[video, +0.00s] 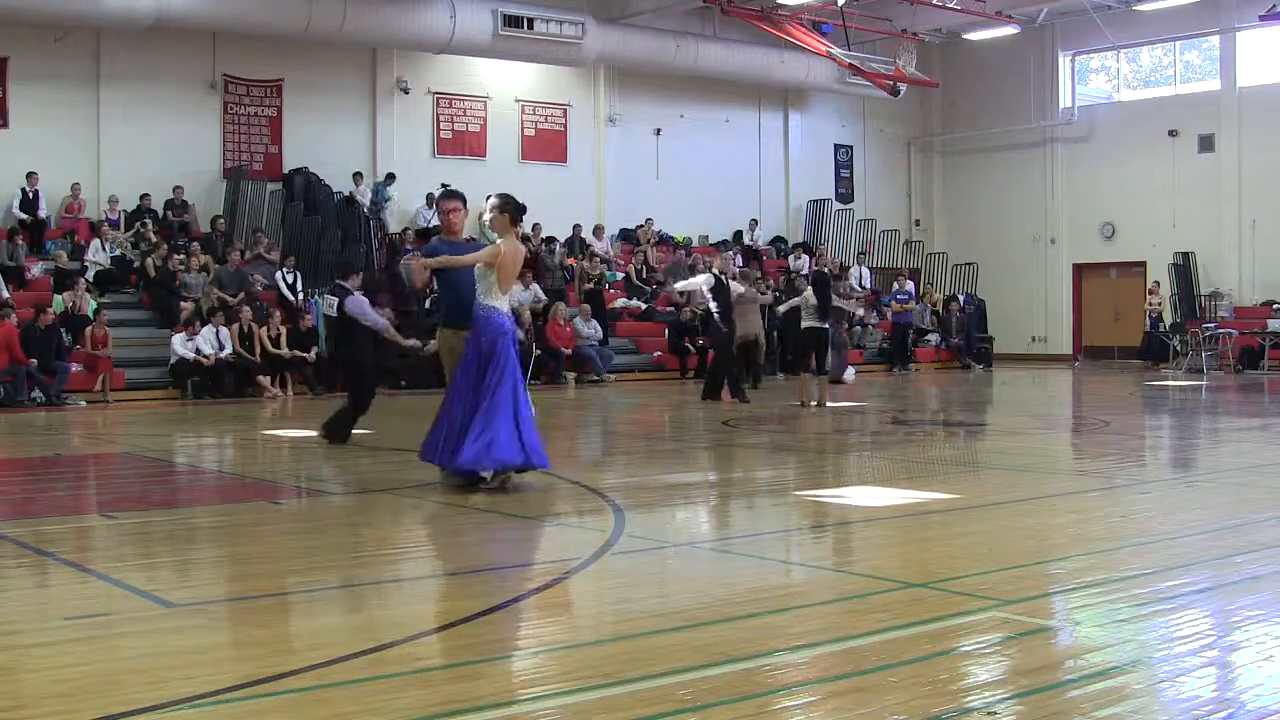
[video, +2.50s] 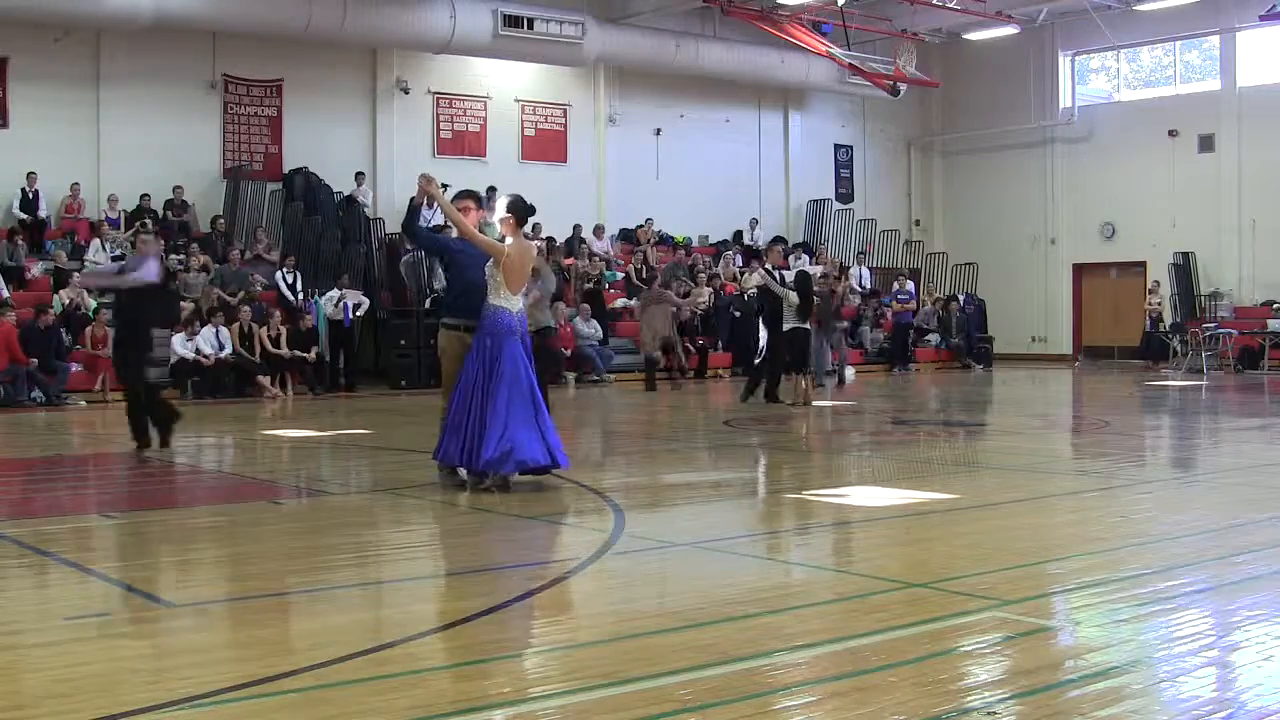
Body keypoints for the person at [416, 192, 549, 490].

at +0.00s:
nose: (485, 216)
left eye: (490, 212)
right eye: (486, 211)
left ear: (505, 217)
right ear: (511, 218)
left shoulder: (498, 249)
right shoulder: (519, 249)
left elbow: (458, 260)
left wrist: (426, 262)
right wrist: (435, 260)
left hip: (488, 324)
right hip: (503, 323)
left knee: (484, 392)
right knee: (498, 391)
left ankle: (493, 458)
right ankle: (500, 456)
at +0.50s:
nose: (487, 216)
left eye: (489, 211)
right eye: (488, 211)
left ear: (503, 218)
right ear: (511, 219)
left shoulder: (502, 250)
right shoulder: (522, 249)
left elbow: (462, 236)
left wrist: (427, 210)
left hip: (494, 321)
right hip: (511, 321)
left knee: (494, 392)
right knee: (506, 391)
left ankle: (498, 464)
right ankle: (503, 460)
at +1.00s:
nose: (490, 214)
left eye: (493, 209)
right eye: (492, 209)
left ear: (500, 216)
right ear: (517, 217)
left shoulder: (497, 248)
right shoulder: (523, 247)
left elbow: (459, 222)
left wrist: (441, 183)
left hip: (491, 323)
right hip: (512, 322)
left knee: (491, 393)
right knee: (507, 391)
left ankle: (494, 463)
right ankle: (505, 462)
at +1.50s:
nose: (491, 216)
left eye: (495, 212)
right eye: (493, 212)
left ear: (505, 221)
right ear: (516, 222)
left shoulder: (499, 249)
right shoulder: (524, 249)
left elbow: (464, 224)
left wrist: (438, 193)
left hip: (492, 323)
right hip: (510, 322)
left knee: (492, 393)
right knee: (505, 393)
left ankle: (499, 463)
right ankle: (501, 462)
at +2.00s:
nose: (491, 219)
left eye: (494, 214)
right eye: (492, 214)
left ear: (506, 220)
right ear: (516, 219)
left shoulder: (503, 250)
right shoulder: (526, 249)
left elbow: (464, 229)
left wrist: (437, 197)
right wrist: (468, 228)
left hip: (495, 323)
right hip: (512, 321)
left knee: (494, 393)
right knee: (505, 393)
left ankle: (498, 466)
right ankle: (501, 465)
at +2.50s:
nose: (497, 218)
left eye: (500, 214)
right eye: (500, 214)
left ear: (509, 220)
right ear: (522, 220)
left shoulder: (503, 250)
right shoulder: (531, 249)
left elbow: (465, 228)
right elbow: (535, 273)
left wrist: (438, 195)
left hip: (496, 323)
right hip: (517, 322)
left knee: (492, 392)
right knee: (510, 392)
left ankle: (493, 462)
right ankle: (505, 462)